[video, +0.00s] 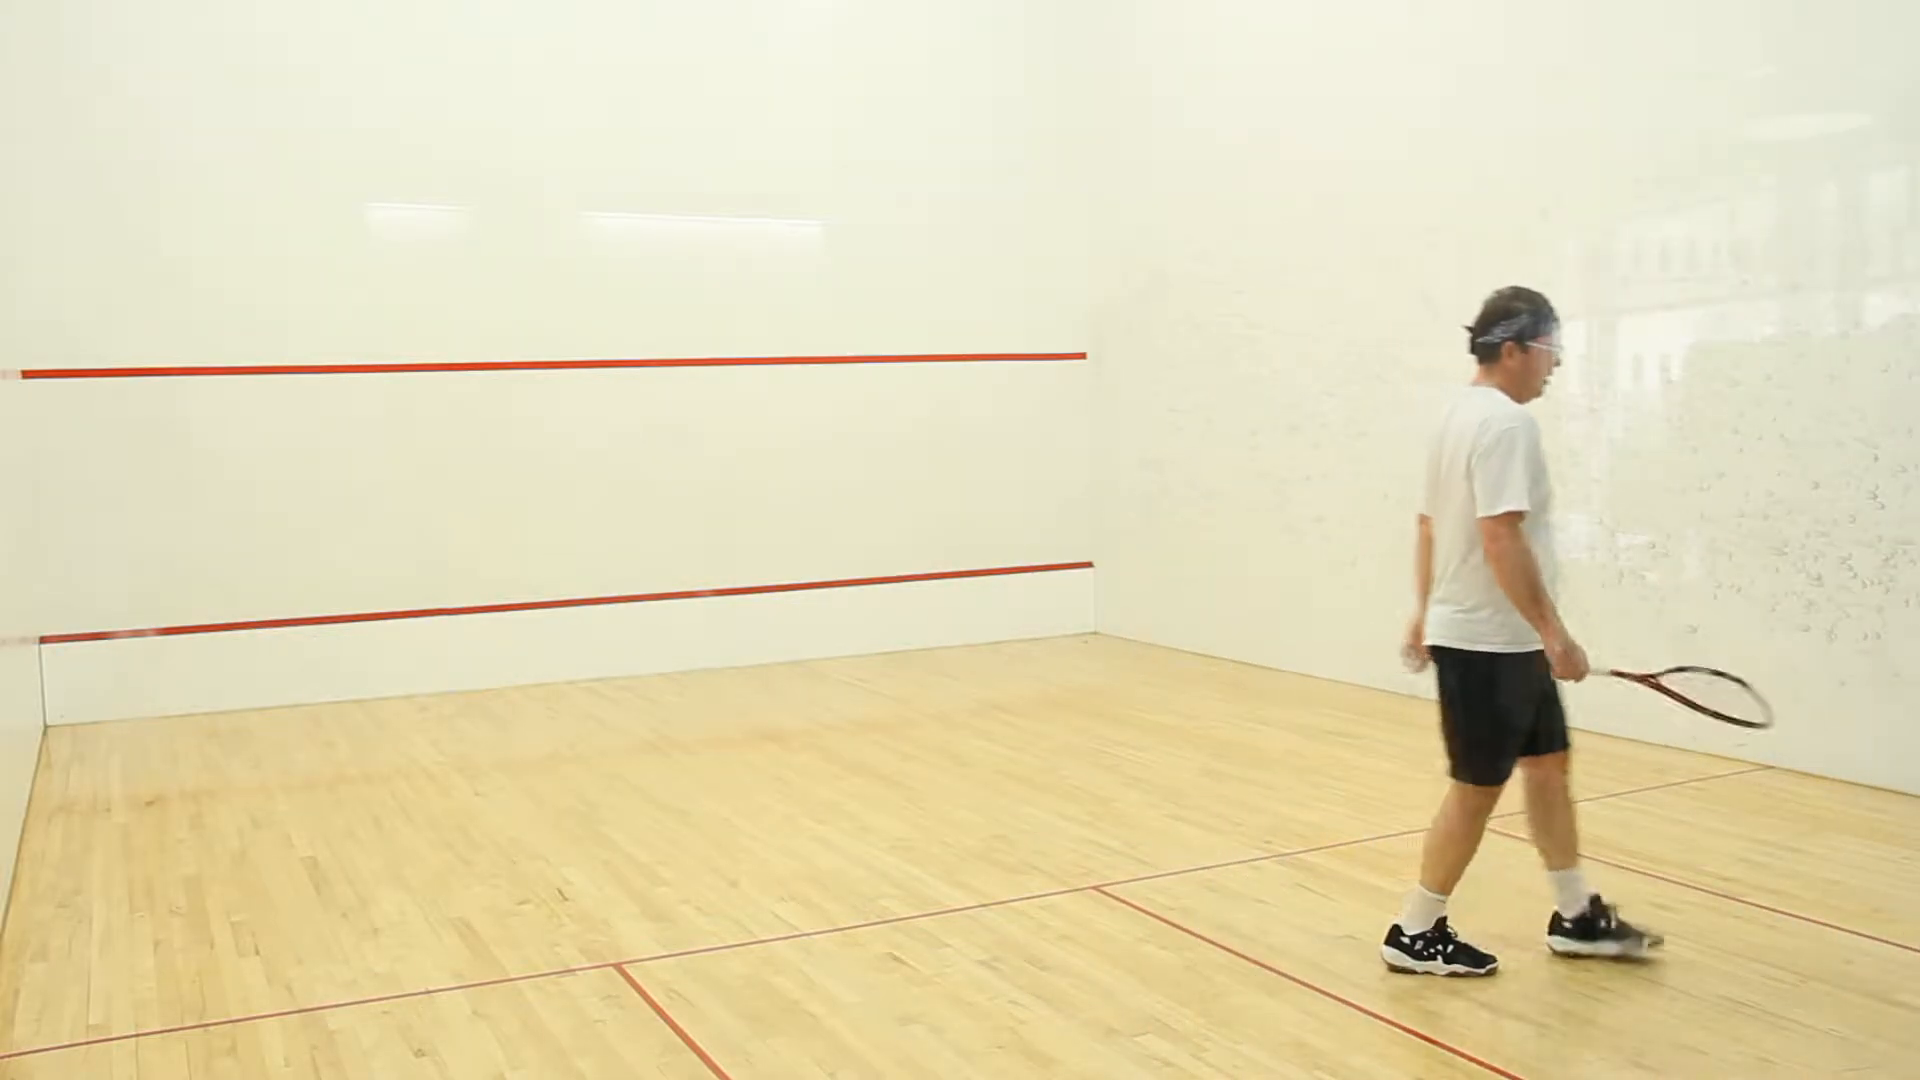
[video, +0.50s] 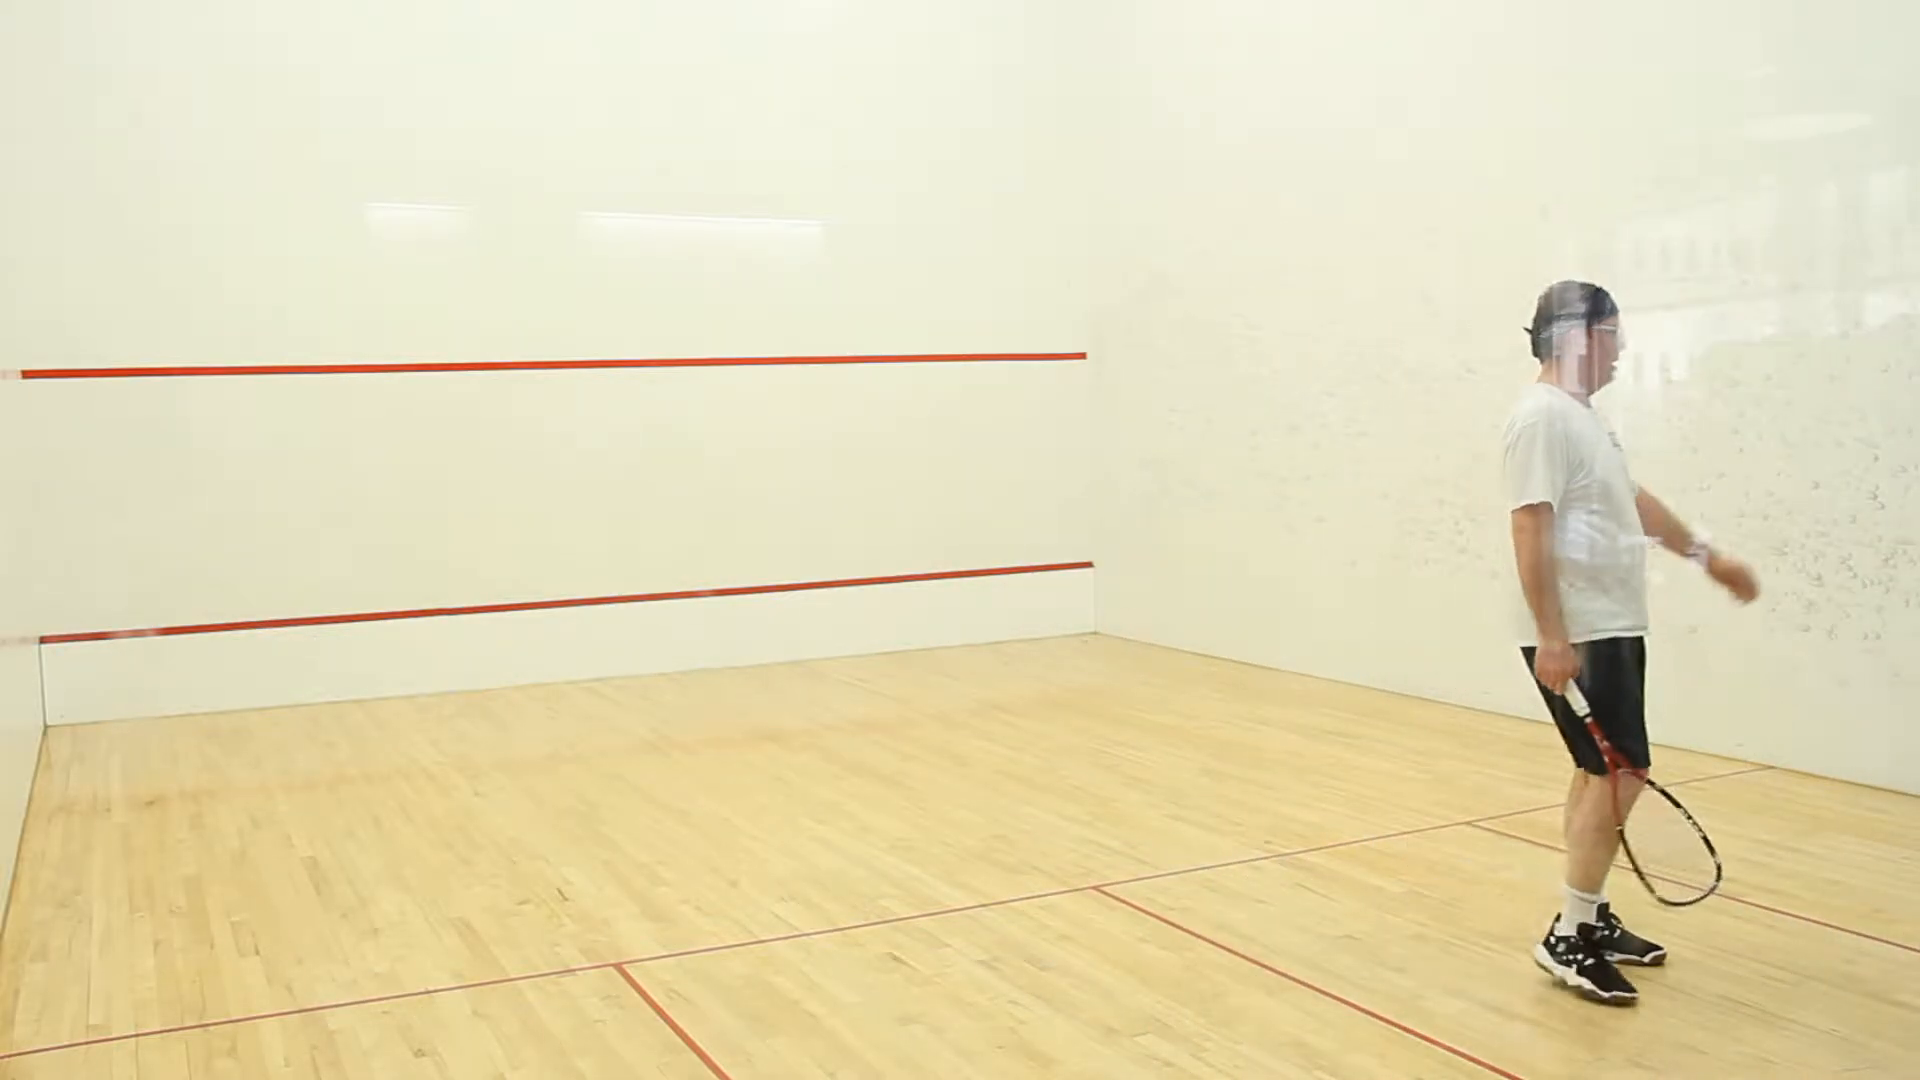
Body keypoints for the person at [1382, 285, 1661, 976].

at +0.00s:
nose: (1556, 362)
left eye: (1556, 349)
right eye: (1549, 348)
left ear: (1499, 350)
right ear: (1513, 348)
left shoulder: (1460, 414)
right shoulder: (1506, 423)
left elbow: (1428, 525)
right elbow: (1502, 540)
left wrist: (1423, 609)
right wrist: (1555, 635)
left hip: (1497, 637)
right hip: (1488, 640)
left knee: (1547, 760)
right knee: (1480, 782)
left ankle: (1576, 912)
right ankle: (1417, 929)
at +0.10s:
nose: (1573, 367)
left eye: (1573, 354)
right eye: (1567, 352)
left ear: (1516, 352)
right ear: (1532, 350)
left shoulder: (1490, 419)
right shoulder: (1521, 425)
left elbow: (1482, 544)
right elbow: (1520, 546)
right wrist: (1561, 647)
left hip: (1527, 637)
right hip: (1512, 642)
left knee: (1576, 759)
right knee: (1517, 783)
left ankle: (1581, 915)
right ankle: (1429, 917)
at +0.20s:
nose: (1592, 361)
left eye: (1593, 347)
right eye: (1583, 346)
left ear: (1538, 348)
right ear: (1541, 345)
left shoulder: (1531, 419)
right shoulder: (1530, 423)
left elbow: (1543, 548)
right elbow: (1530, 545)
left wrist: (1585, 642)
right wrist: (1565, 645)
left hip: (1571, 638)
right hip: (1542, 644)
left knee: (1591, 775)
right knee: (1568, 788)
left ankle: (1583, 917)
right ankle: (1454, 901)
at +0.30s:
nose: (1607, 357)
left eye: (1607, 343)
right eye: (1598, 342)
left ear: (1553, 344)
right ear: (1558, 342)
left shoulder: (1553, 417)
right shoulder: (1533, 422)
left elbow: (1562, 537)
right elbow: (1531, 542)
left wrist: (1604, 625)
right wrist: (1568, 637)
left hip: (1587, 630)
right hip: (1560, 636)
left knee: (1605, 773)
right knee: (1604, 770)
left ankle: (1583, 917)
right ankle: (1491, 895)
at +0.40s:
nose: (1615, 354)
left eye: (1615, 340)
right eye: (1608, 340)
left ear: (1571, 339)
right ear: (1572, 339)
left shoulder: (1572, 417)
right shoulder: (1539, 418)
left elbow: (1614, 516)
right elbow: (1530, 532)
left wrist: (1670, 577)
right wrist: (1563, 636)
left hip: (1603, 628)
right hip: (1573, 634)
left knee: (1608, 766)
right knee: (1617, 765)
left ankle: (1585, 915)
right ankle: (1547, 923)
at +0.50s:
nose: (1618, 351)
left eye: (1617, 337)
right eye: (1610, 336)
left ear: (1575, 339)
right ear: (1577, 337)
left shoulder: (1584, 418)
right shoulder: (1542, 417)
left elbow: (1634, 502)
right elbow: (1529, 531)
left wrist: (1708, 556)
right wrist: (1550, 636)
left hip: (1614, 628)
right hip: (1582, 633)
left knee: (1605, 774)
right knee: (1619, 773)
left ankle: (1590, 921)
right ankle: (1569, 937)